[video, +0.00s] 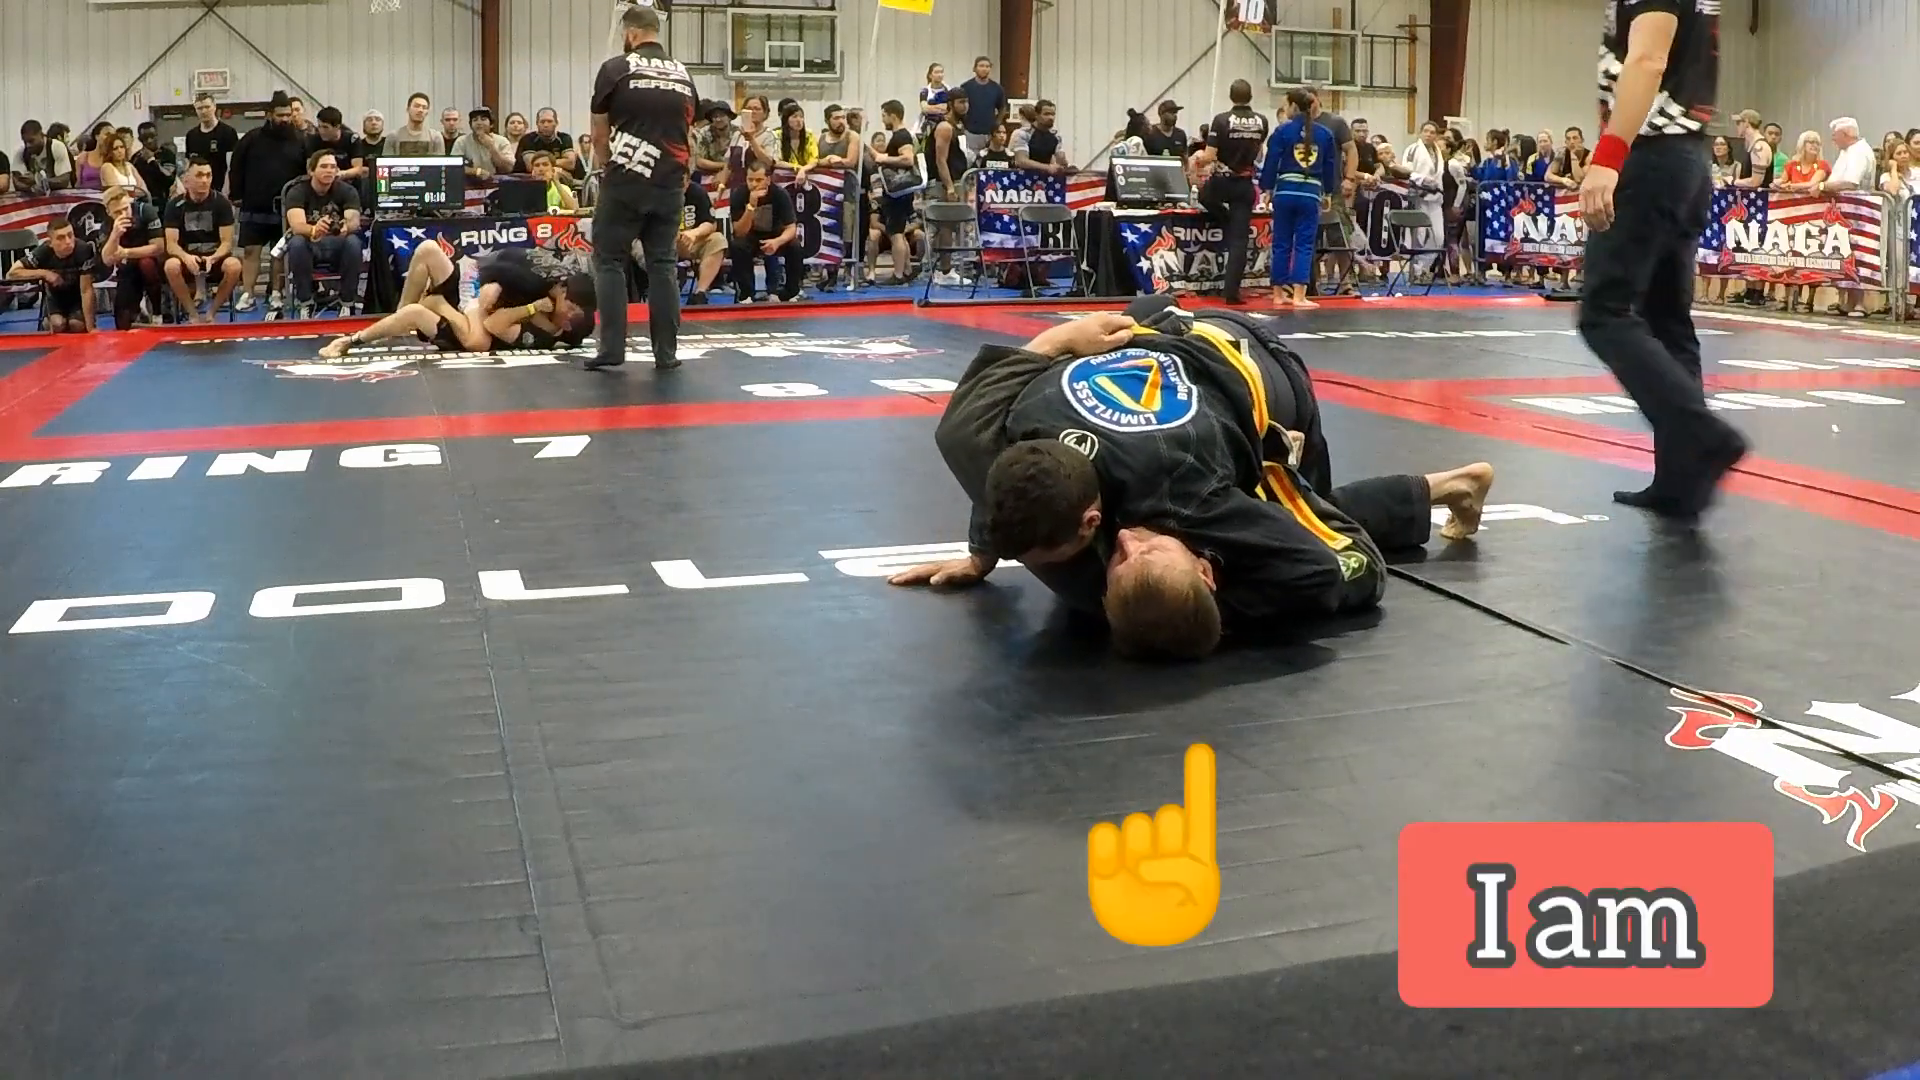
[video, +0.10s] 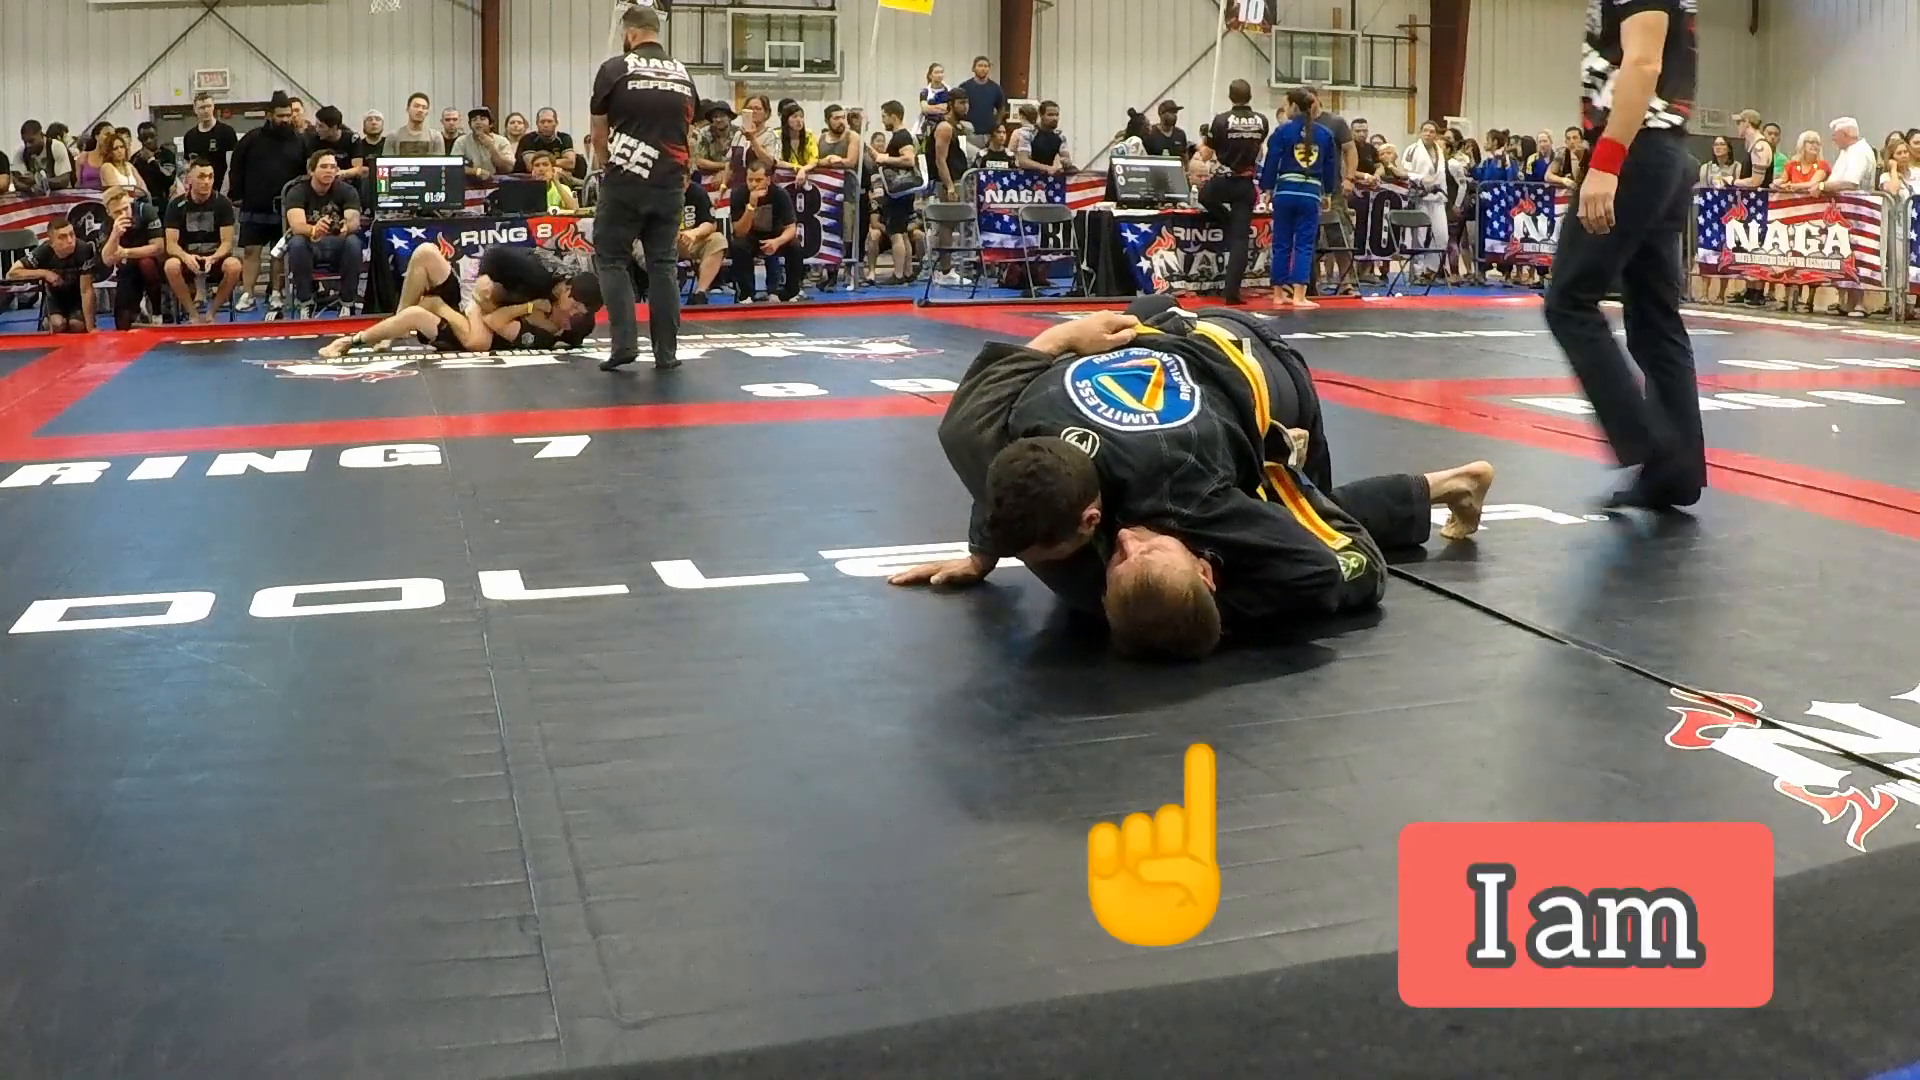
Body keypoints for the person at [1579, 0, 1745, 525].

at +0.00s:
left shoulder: (1657, 3)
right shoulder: (1685, 12)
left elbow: (1648, 62)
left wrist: (1605, 160)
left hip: (1655, 156)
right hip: (1687, 158)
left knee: (1604, 315)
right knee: (1669, 321)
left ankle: (1701, 438)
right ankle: (1677, 483)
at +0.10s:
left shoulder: (1643, 5)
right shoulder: (1661, 13)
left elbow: (1643, 64)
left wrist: (1604, 165)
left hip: (1636, 153)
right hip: (1666, 155)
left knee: (1568, 305)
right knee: (1656, 324)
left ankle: (1647, 454)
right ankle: (1677, 474)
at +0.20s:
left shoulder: (1623, 5)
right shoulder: (1605, 9)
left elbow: (1633, 68)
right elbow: (1620, 78)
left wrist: (1599, 170)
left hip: (1607, 155)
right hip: (1638, 156)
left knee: (1550, 310)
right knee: (1647, 323)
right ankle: (1676, 473)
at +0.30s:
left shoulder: (1599, 5)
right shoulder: (1568, 12)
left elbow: (1611, 76)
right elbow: (1571, 95)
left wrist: (1587, 179)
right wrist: (1534, 172)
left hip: (1582, 164)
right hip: (1613, 162)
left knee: (1539, 322)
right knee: (1637, 322)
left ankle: (1495, 470)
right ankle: (1674, 469)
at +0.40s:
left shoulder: (1566, 4)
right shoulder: (1538, 13)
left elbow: (1576, 82)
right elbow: (1535, 102)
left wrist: (1559, 184)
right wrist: (1490, 171)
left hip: (1546, 169)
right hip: (1574, 167)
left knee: (1513, 328)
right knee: (1612, 320)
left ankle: (1493, 474)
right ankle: (1667, 458)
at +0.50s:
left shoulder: (1531, 6)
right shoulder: (1506, 12)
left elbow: (1537, 80)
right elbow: (1506, 91)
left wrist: (1513, 179)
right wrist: (1463, 163)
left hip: (1509, 159)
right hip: (1537, 157)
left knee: (1495, 328)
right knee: (1563, 313)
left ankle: (1492, 475)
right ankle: (1644, 436)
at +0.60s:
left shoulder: (1499, 6)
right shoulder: (1474, 11)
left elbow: (1495, 80)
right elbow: (1476, 87)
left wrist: (1460, 175)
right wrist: (1441, 169)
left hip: (1494, 152)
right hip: (1492, 150)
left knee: (1483, 320)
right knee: (1497, 309)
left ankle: (1493, 474)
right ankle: (1595, 424)